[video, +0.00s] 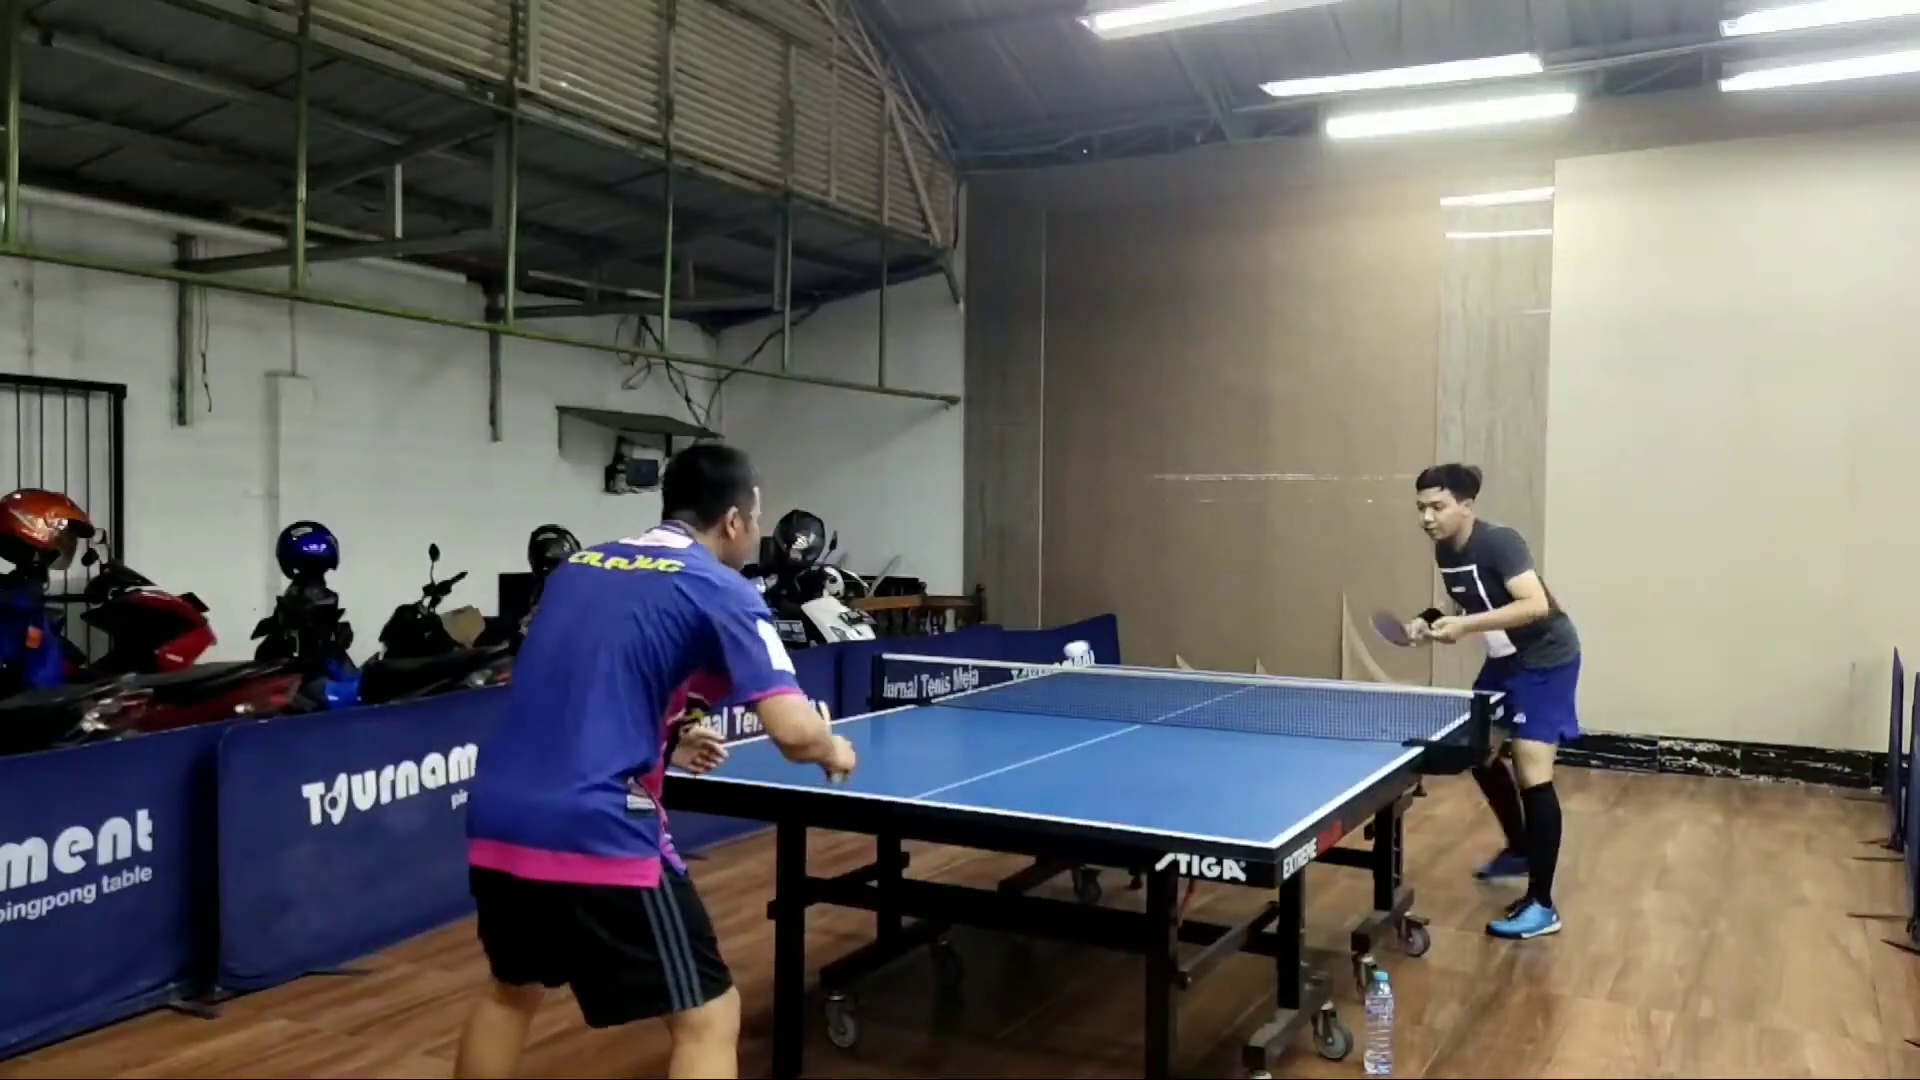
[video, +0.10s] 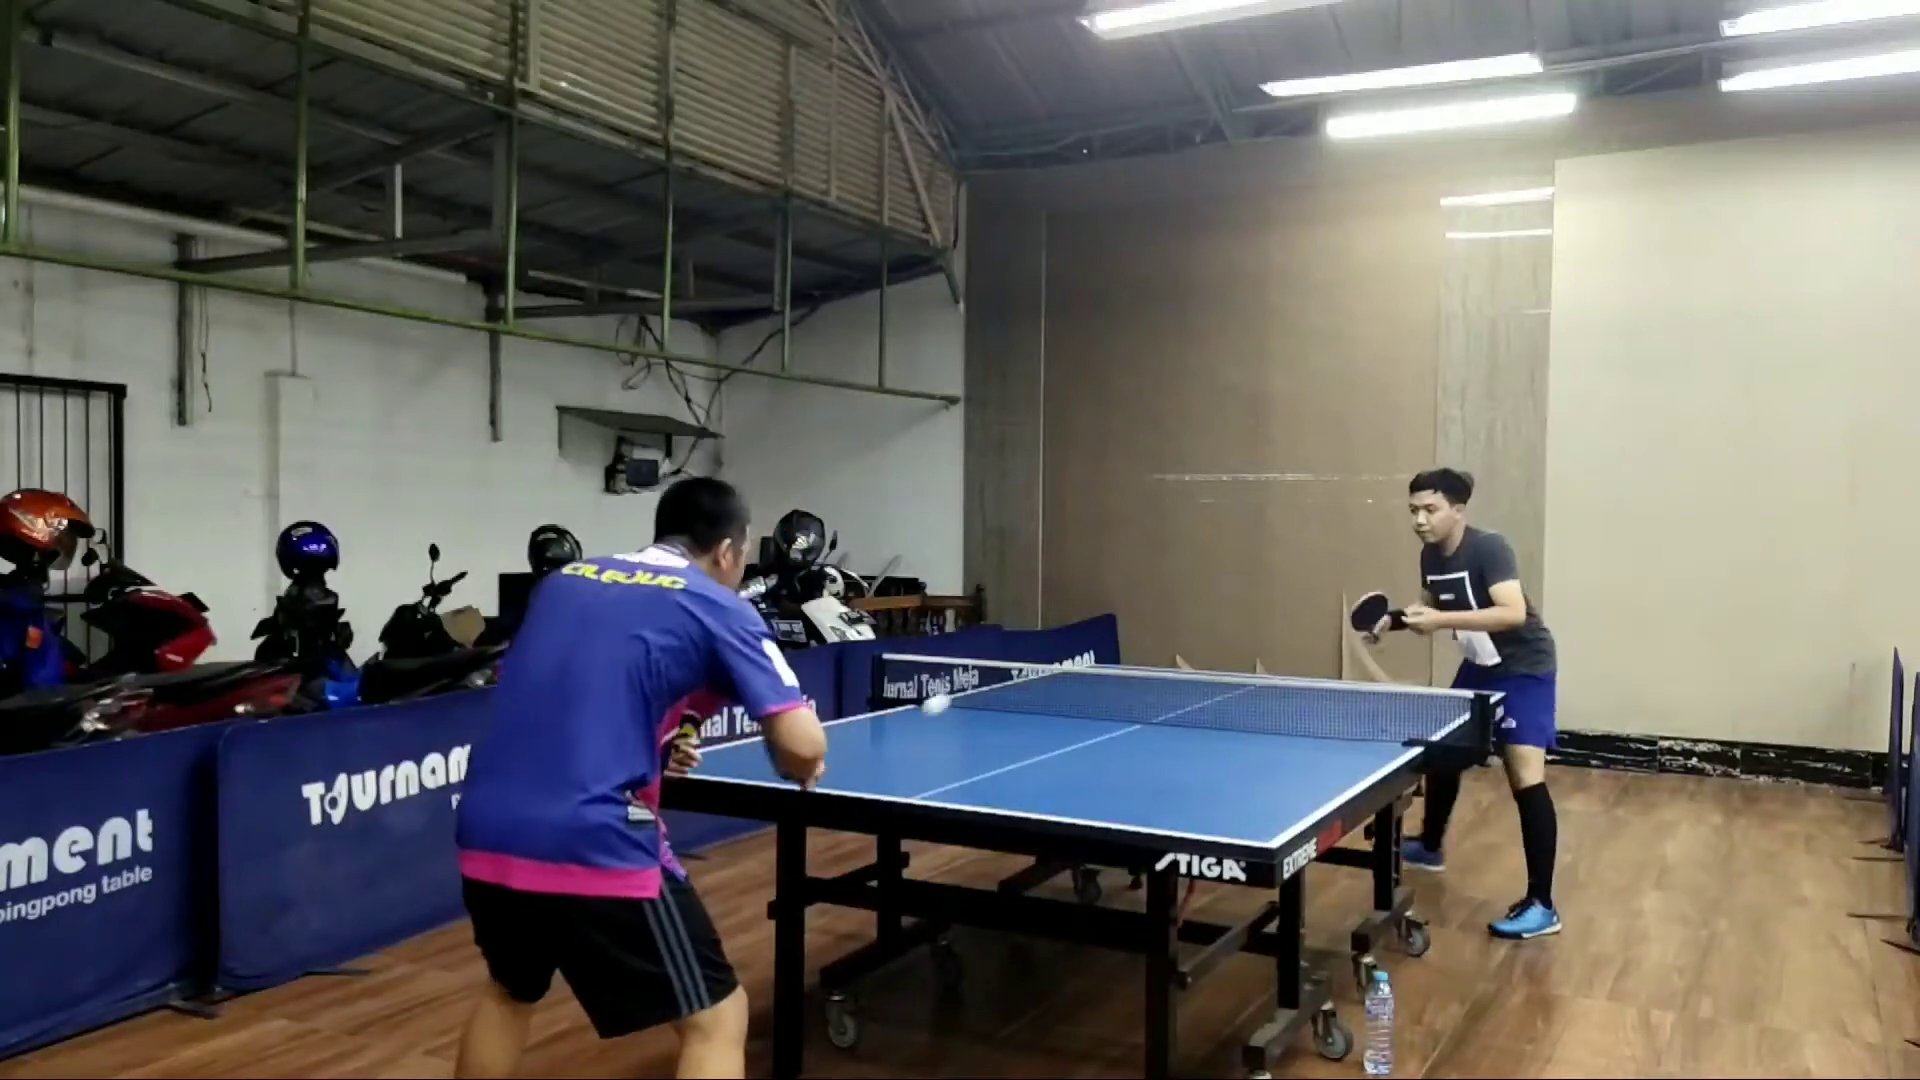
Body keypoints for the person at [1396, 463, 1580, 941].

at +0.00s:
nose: (1427, 517)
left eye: (1436, 506)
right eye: (1422, 509)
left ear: (1465, 505)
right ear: (1423, 511)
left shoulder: (1500, 543)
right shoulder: (1446, 551)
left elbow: (1537, 606)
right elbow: (1472, 606)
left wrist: (1466, 624)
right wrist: (1434, 621)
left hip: (1545, 659)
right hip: (1502, 660)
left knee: (1531, 767)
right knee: (1476, 750)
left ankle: (1542, 903)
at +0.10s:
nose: (1419, 519)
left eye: (1429, 510)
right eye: (1414, 511)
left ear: (1459, 510)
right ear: (1413, 513)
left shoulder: (1489, 548)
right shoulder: (1431, 557)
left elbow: (1514, 613)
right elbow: (1440, 617)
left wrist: (1440, 619)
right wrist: (1398, 620)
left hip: (1523, 670)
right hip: (1477, 667)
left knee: (1525, 775)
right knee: (1442, 751)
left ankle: (1541, 904)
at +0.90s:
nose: (1455, 516)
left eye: (1464, 506)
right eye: (1447, 507)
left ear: (1487, 506)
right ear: (1441, 510)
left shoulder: (1515, 550)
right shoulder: (1435, 561)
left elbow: (1552, 606)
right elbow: (1402, 617)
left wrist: (1511, 613)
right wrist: (1381, 601)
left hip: (1515, 675)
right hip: (1459, 674)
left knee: (1517, 763)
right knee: (1399, 738)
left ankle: (1564, 881)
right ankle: (1389, 844)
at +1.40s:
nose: (1436, 498)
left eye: (1446, 490)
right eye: (1429, 491)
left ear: (1467, 494)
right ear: (1423, 497)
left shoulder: (1491, 538)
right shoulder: (1419, 551)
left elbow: (1516, 595)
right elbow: (1398, 609)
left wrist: (1461, 613)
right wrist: (1354, 612)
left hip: (1491, 669)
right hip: (1437, 668)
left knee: (1509, 765)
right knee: (1396, 737)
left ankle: (1563, 873)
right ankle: (1413, 836)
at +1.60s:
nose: (1412, 527)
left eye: (1421, 519)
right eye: (1405, 520)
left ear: (1443, 522)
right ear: (1400, 526)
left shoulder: (1466, 560)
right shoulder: (1413, 577)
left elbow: (1487, 615)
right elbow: (1412, 636)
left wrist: (1434, 610)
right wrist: (1394, 654)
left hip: (1487, 682)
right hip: (1439, 681)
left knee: (1489, 781)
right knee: (1382, 738)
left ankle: (1561, 874)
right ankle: (1389, 835)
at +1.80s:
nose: (1441, 509)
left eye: (1451, 501)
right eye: (1434, 502)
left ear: (1471, 505)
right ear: (1428, 508)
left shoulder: (1500, 545)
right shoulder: (1422, 567)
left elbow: (1542, 595)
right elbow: (1402, 630)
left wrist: (1502, 593)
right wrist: (1413, 640)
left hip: (1511, 670)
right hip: (1454, 671)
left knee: (1515, 762)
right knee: (1401, 744)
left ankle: (1566, 874)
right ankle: (1388, 838)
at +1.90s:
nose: (1456, 496)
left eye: (1467, 489)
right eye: (1449, 489)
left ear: (1486, 495)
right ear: (1442, 496)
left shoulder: (1516, 537)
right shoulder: (1434, 555)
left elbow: (1561, 585)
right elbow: (1403, 603)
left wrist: (1544, 592)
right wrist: (1376, 596)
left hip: (1528, 663)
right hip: (1472, 664)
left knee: (1536, 758)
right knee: (1428, 750)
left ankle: (1568, 875)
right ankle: (1398, 838)